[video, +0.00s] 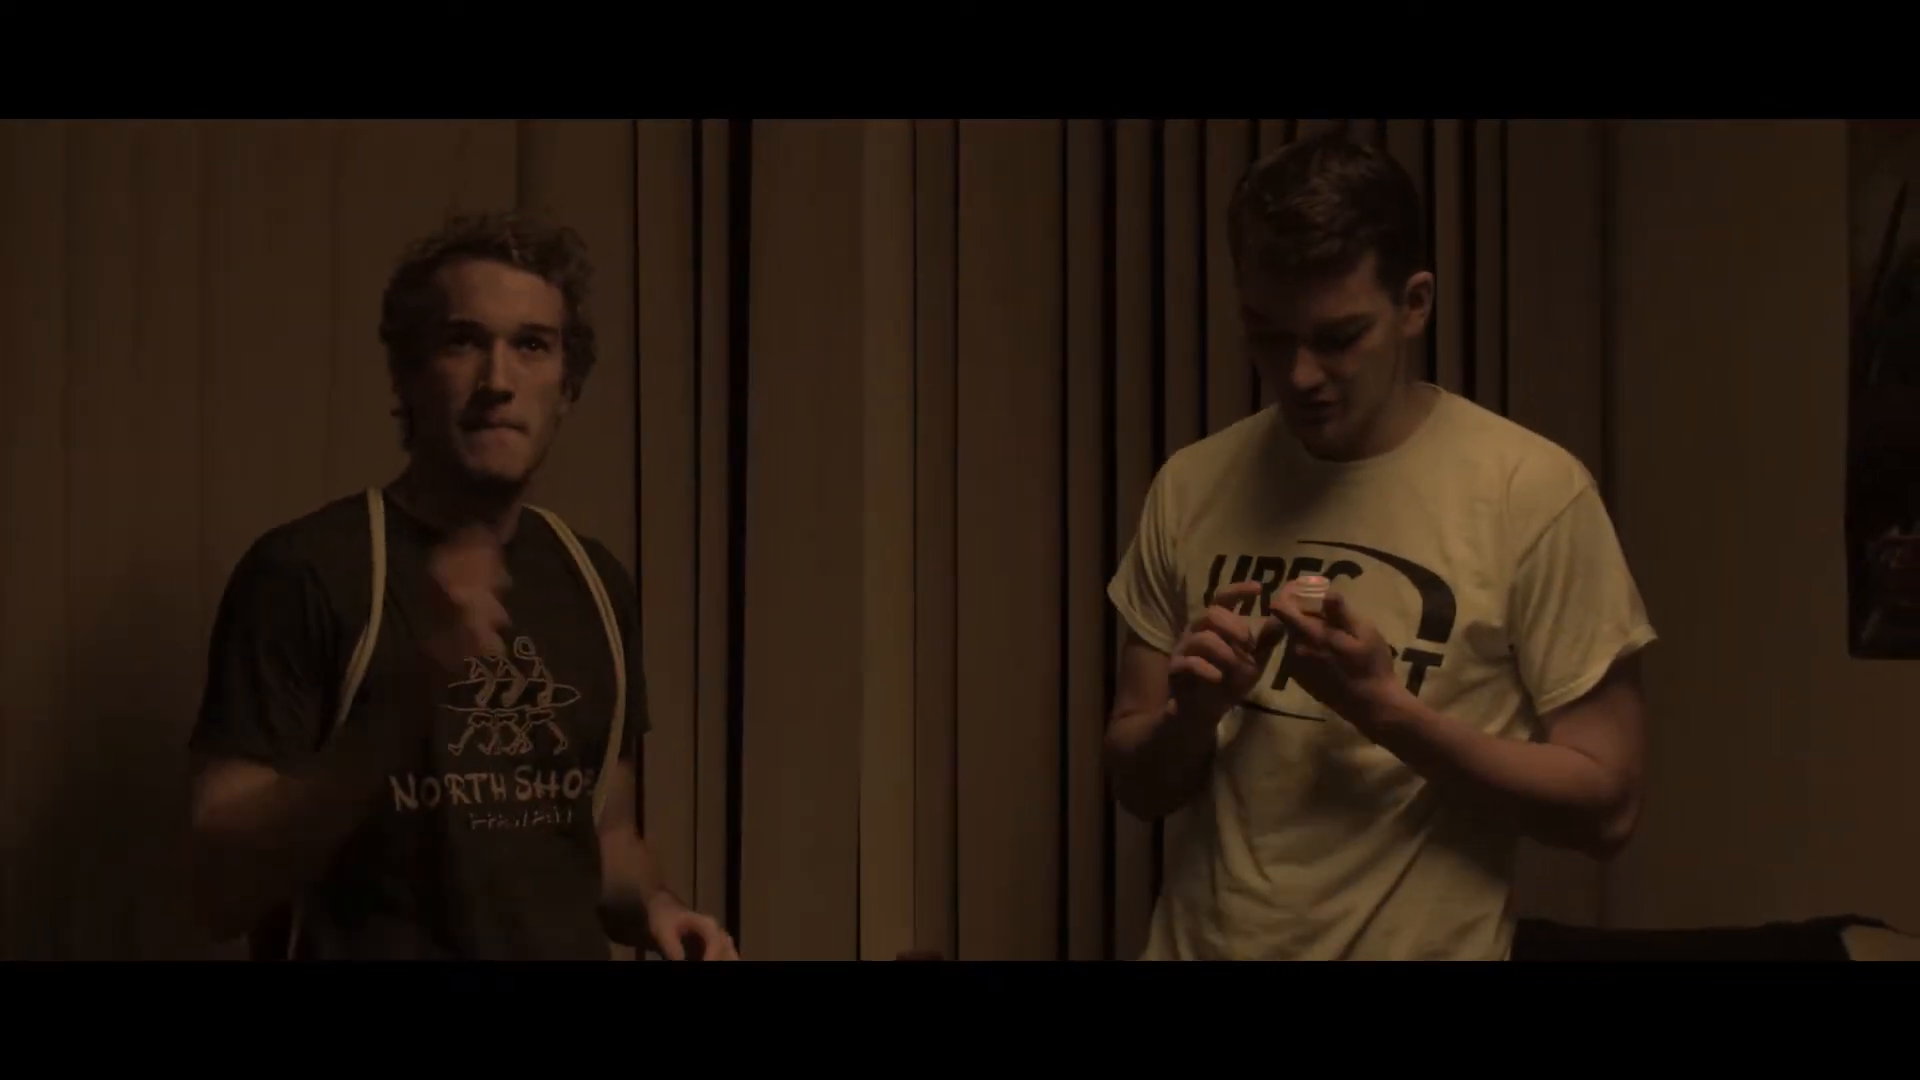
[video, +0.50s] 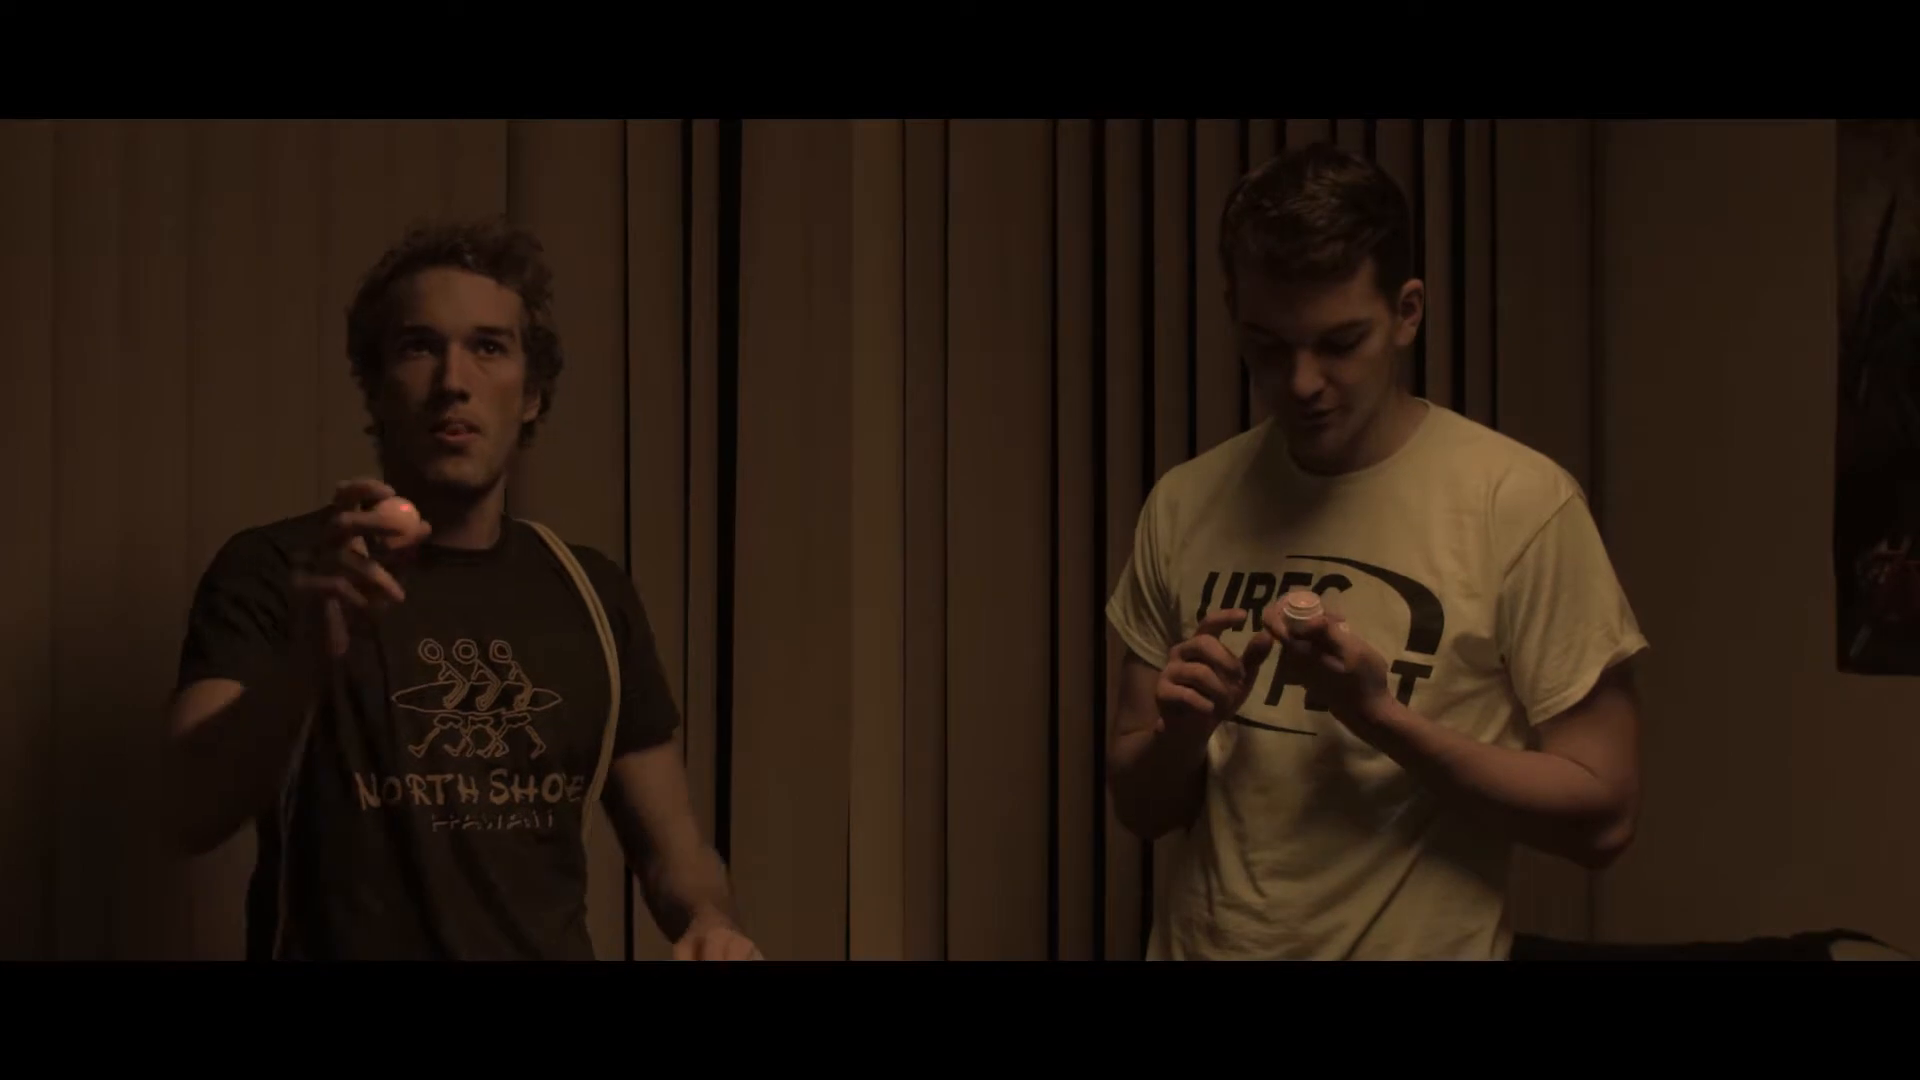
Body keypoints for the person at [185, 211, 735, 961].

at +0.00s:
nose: (498, 381)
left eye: (532, 347)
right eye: (463, 344)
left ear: (565, 385)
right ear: (404, 379)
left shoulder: (595, 586)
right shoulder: (300, 578)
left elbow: (605, 830)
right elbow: (218, 871)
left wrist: (651, 905)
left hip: (556, 946)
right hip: (365, 945)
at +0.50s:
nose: (453, 380)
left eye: (488, 349)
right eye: (421, 348)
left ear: (532, 396)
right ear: (375, 392)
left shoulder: (593, 594)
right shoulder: (275, 571)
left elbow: (669, 838)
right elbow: (192, 815)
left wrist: (709, 919)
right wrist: (309, 653)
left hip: (544, 948)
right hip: (338, 946)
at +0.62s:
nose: (453, 383)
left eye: (488, 351)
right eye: (419, 349)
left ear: (536, 393)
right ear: (373, 387)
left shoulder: (600, 596)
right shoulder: (291, 563)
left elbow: (684, 854)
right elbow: (136, 722)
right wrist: (294, 536)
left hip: (540, 948)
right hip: (332, 948)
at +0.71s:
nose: (456, 383)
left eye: (492, 351)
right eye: (424, 350)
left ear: (538, 391)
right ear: (372, 379)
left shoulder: (603, 596)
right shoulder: (295, 554)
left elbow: (679, 863)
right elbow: (107, 625)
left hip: (535, 951)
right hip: (324, 949)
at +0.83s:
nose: (468, 373)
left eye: (505, 339)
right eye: (434, 336)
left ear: (551, 382)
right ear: (385, 371)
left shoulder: (600, 593)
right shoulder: (297, 537)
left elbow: (645, 862)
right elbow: (77, 503)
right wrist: (267, 256)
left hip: (526, 945)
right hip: (319, 942)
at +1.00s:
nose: (502, 363)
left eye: (535, 330)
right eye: (465, 320)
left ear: (561, 367)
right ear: (389, 352)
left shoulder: (585, 580)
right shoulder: (310, 543)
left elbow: (583, 852)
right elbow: (185, 408)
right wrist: (296, 234)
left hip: (522, 943)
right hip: (330, 935)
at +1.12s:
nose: (504, 325)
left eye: (535, 297)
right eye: (464, 285)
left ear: (560, 340)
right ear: (389, 322)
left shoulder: (553, 556)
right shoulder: (327, 531)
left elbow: (542, 838)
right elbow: (310, 452)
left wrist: (580, 948)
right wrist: (342, 128)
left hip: (506, 941)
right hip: (319, 929)